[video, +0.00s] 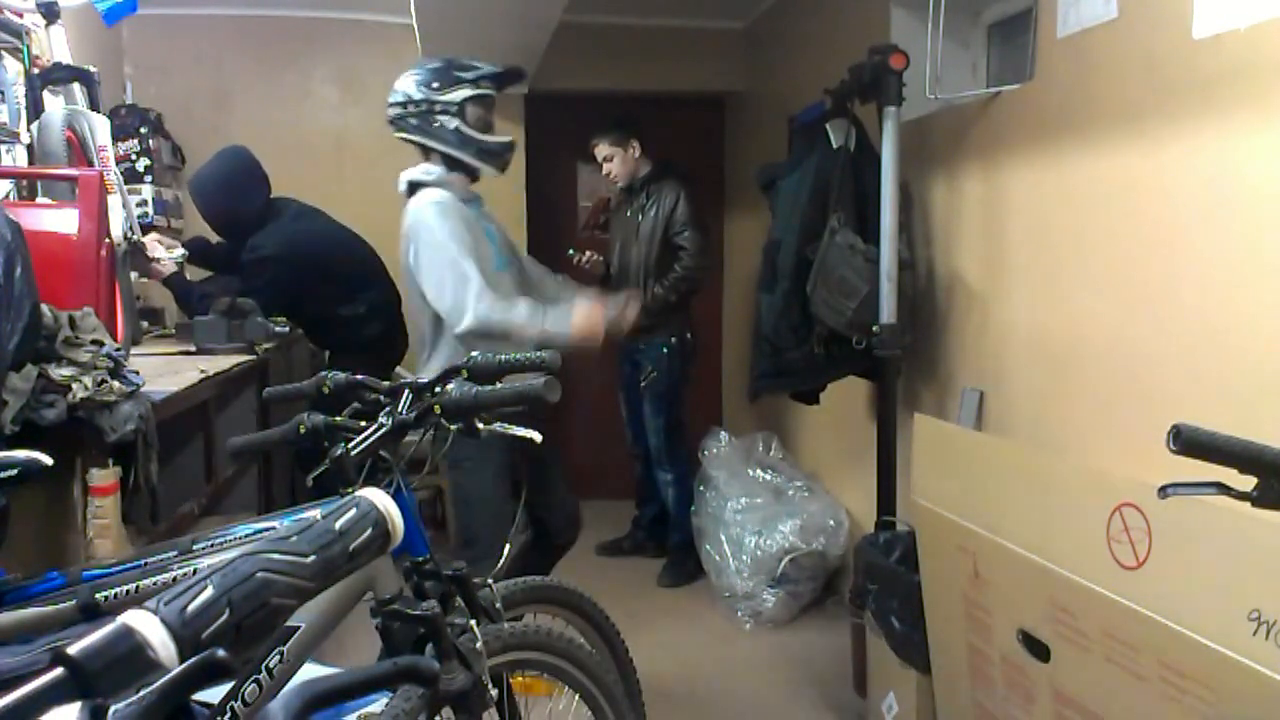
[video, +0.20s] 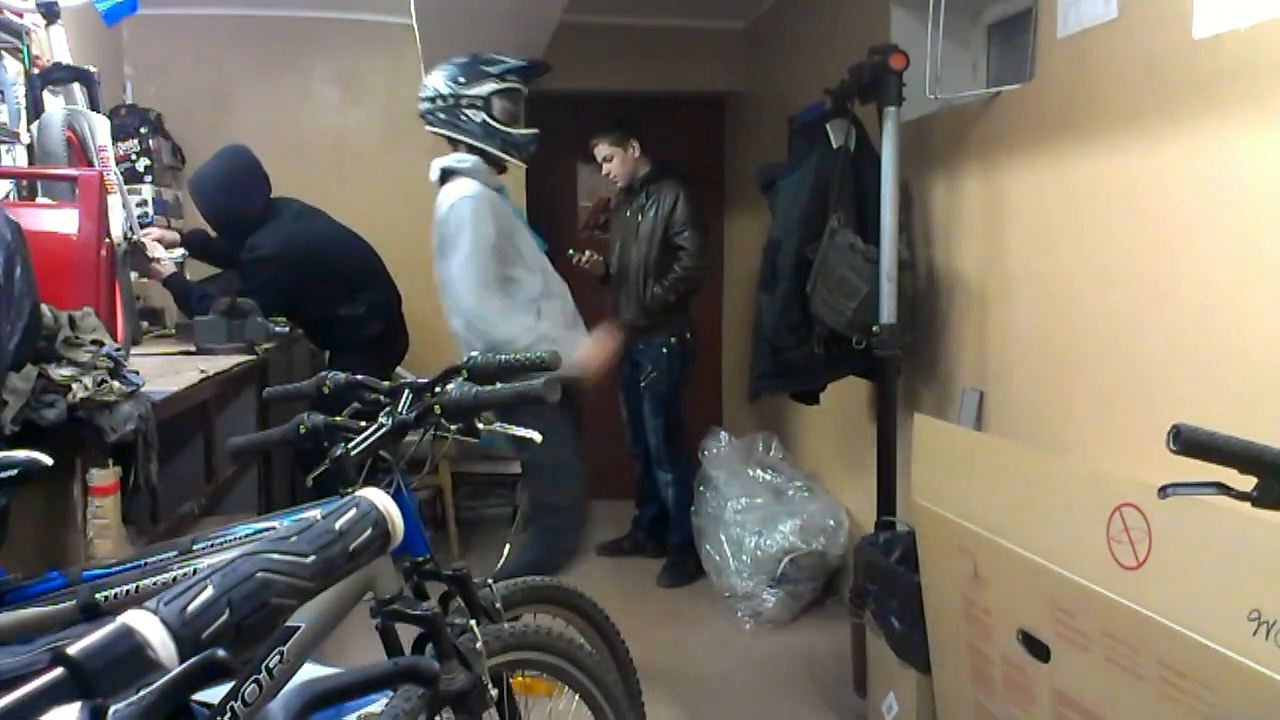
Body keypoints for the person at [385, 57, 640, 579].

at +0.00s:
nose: (498, 130)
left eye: (494, 116)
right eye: (484, 116)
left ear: (453, 125)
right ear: (446, 123)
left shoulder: (468, 208)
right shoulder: (433, 212)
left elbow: (533, 281)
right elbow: (472, 312)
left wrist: (603, 304)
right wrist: (571, 321)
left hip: (512, 401)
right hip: (471, 411)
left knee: (558, 524)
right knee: (486, 559)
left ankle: (493, 612)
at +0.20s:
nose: (519, 116)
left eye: (517, 104)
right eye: (505, 104)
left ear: (469, 118)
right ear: (468, 113)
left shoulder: (482, 193)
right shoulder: (469, 199)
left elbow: (496, 303)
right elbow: (480, 311)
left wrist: (576, 344)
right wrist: (570, 352)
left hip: (542, 388)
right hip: (525, 393)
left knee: (557, 518)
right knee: (558, 525)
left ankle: (498, 617)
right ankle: (491, 620)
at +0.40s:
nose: (544, 129)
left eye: (541, 117)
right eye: (530, 117)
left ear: (496, 128)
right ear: (494, 125)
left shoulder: (497, 196)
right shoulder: (505, 201)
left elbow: (528, 294)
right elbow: (546, 296)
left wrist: (574, 276)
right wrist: (640, 317)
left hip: (532, 393)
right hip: (543, 396)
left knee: (568, 525)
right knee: (623, 530)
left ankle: (492, 621)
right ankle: (583, 659)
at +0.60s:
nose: (579, 130)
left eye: (573, 116)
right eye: (566, 116)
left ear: (518, 128)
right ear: (536, 123)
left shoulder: (523, 198)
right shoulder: (540, 201)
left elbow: (566, 300)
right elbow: (578, 299)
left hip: (566, 400)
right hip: (588, 401)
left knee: (587, 528)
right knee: (671, 538)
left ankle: (497, 619)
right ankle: (630, 696)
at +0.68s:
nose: (594, 147)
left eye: (590, 133)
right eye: (580, 134)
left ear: (534, 145)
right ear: (547, 141)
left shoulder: (532, 213)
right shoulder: (560, 210)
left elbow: (597, 308)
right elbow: (643, 260)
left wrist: (667, 274)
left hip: (562, 418)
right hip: (593, 421)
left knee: (593, 541)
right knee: (696, 548)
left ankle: (496, 615)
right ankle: (635, 695)